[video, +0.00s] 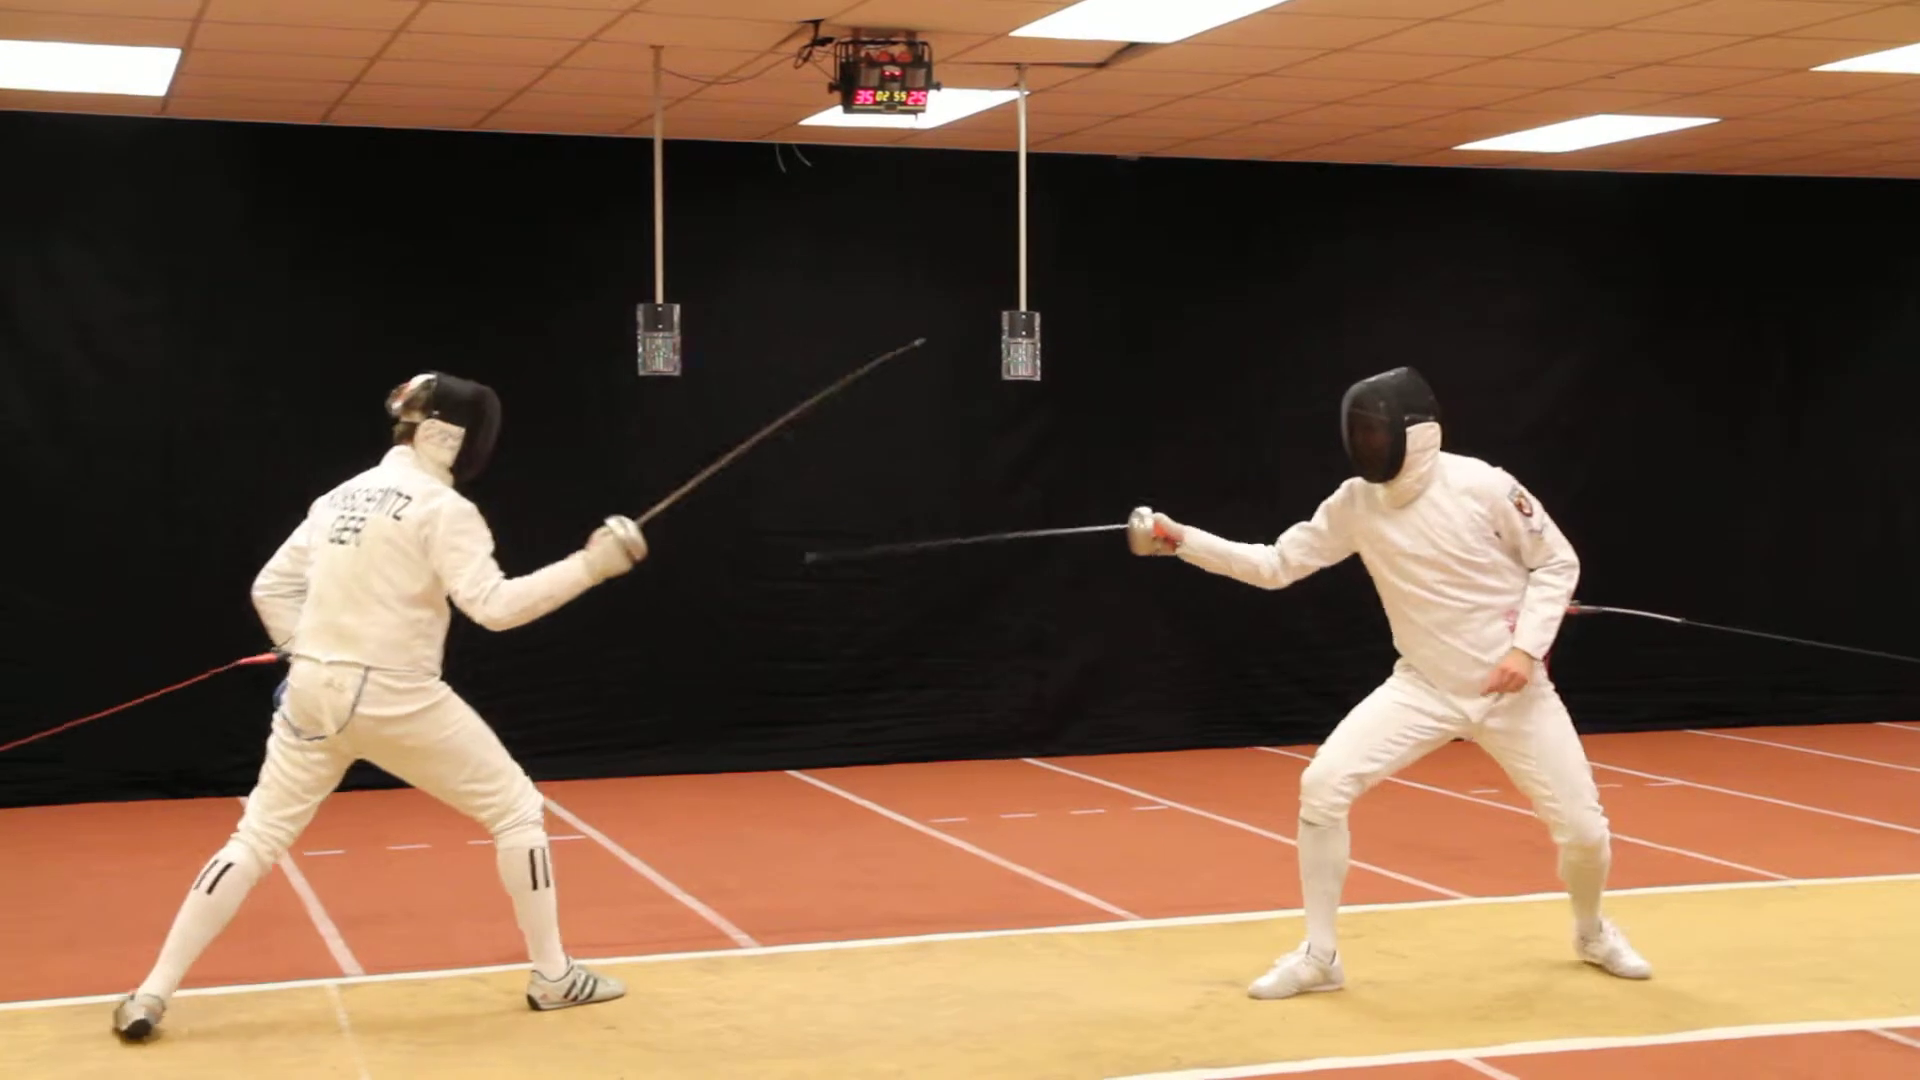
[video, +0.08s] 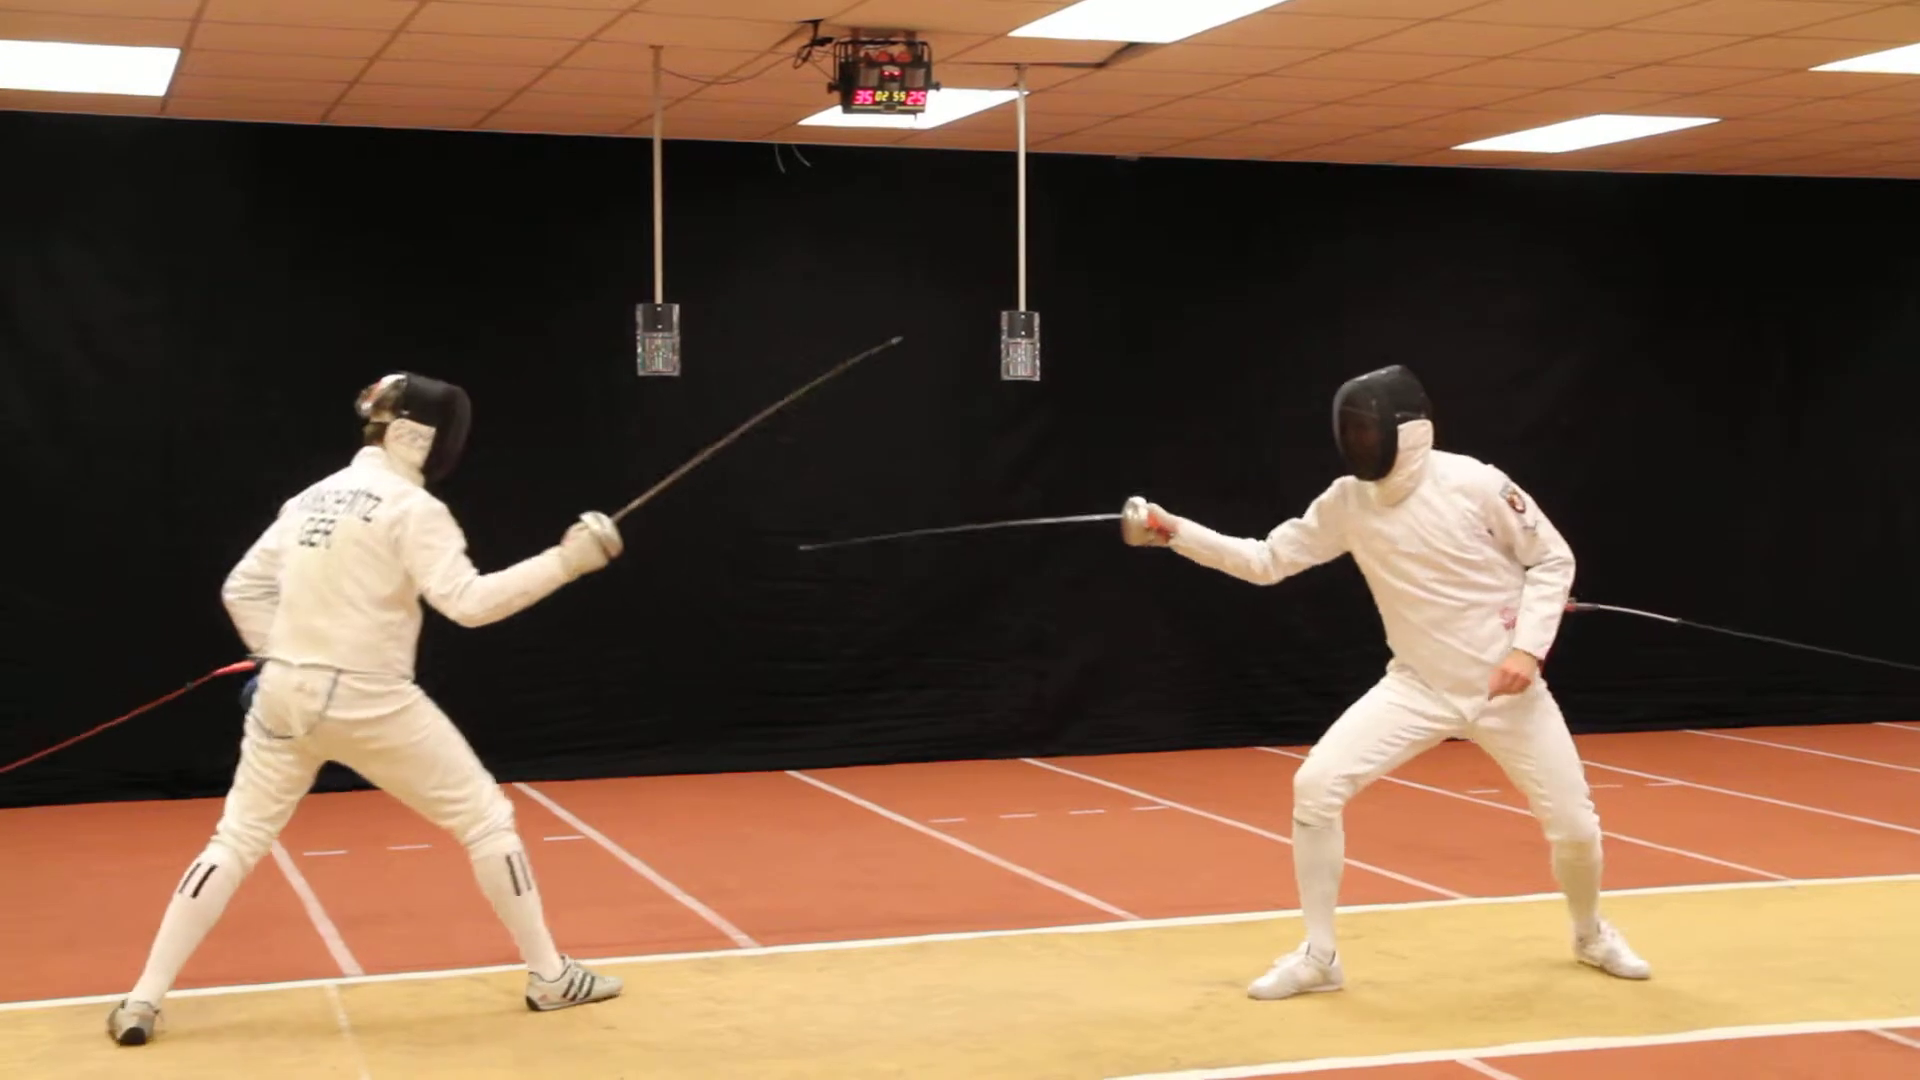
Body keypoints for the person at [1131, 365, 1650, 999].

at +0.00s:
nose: (1360, 445)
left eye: (1373, 431)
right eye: (1355, 431)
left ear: (1416, 432)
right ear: (1355, 436)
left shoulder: (1483, 488)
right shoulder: (1356, 506)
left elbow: (1556, 563)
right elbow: (1273, 564)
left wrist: (1526, 648)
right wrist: (1176, 538)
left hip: (1515, 691)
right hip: (1421, 690)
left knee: (1586, 834)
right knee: (1323, 789)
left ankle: (1591, 933)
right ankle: (1319, 955)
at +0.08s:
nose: (1348, 440)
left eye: (1360, 427)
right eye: (1344, 427)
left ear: (1404, 429)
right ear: (1346, 433)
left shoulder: (1473, 485)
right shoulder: (1347, 504)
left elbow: (1552, 560)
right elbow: (1264, 560)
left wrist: (1526, 649)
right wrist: (1170, 530)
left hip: (1509, 690)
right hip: (1414, 689)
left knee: (1578, 829)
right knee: (1316, 788)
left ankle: (1590, 934)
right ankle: (1319, 956)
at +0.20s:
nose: (1325, 434)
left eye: (1338, 420)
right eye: (1320, 420)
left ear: (1383, 420)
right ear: (1321, 425)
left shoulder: (1449, 478)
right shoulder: (1319, 497)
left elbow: (1525, 555)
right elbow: (1234, 547)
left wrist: (1517, 644)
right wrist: (1139, 515)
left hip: (1485, 679)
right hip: (1390, 680)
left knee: (1559, 820)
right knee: (1303, 787)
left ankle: (1588, 926)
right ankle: (1316, 955)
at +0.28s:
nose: (1309, 443)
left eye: (1323, 430)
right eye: (1306, 430)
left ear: (1367, 426)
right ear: (1313, 432)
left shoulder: (1432, 480)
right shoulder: (1301, 497)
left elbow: (1506, 558)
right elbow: (1210, 533)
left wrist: (1503, 646)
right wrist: (1108, 513)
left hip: (1471, 679)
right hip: (1376, 682)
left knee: (1548, 821)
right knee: (1292, 791)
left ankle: (1566, 929)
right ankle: (1316, 955)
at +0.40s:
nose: (1304, 444)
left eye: (1318, 430)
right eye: (1300, 431)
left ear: (1363, 428)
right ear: (1303, 435)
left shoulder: (1428, 482)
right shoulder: (1297, 500)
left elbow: (1502, 561)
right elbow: (1206, 536)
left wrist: (1492, 649)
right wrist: (1100, 523)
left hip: (1468, 680)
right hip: (1376, 684)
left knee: (1539, 826)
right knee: (1293, 793)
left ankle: (1554, 940)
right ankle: (1323, 956)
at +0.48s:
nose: (1309, 441)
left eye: (1322, 427)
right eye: (1305, 427)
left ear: (1365, 426)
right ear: (1311, 430)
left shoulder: (1433, 480)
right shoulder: (1306, 501)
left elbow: (1508, 555)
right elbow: (1224, 556)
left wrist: (1491, 643)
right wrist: (1123, 537)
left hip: (1474, 683)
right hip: (1379, 686)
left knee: (1546, 825)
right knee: (1298, 793)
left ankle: (1573, 929)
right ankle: (1326, 959)